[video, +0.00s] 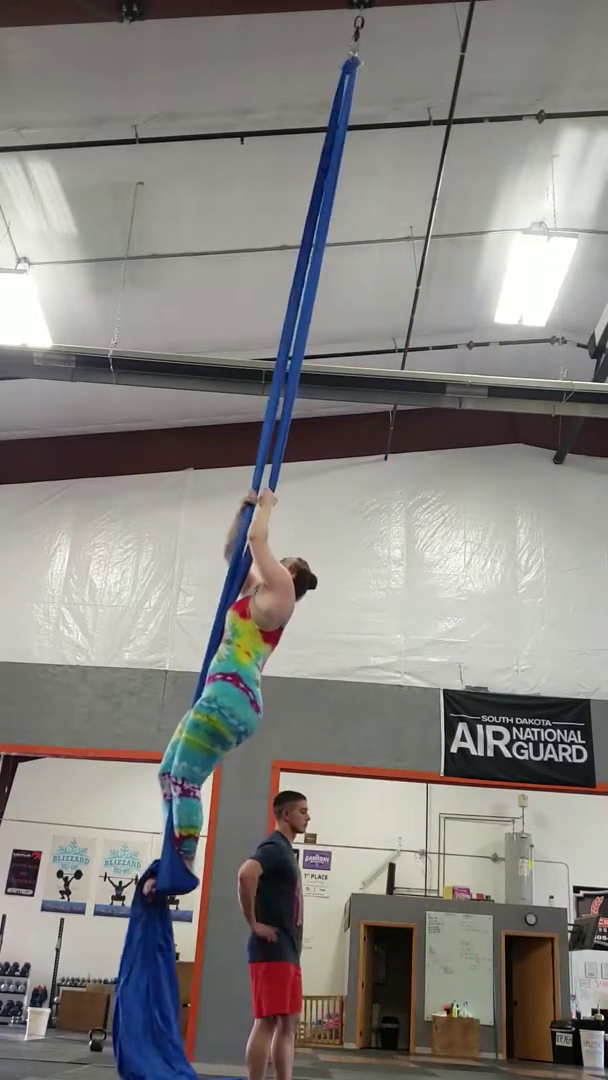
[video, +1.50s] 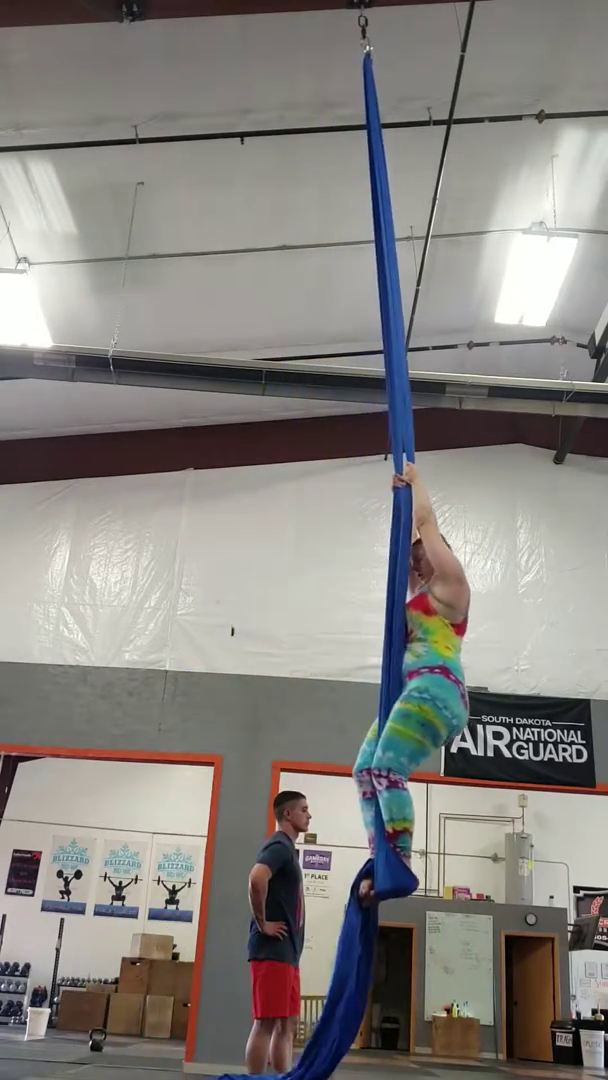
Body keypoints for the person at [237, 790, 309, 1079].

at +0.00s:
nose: (307, 817)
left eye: (307, 811)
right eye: (302, 811)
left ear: (289, 815)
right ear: (284, 814)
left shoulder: (287, 849)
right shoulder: (274, 846)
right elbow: (247, 874)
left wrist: (288, 926)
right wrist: (254, 922)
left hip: (288, 945)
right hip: (271, 944)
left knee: (288, 1022)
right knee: (267, 1021)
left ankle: (283, 1077)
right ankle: (256, 1076)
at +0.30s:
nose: (310, 816)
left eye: (310, 811)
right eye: (305, 811)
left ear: (289, 815)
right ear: (287, 814)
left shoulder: (288, 849)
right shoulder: (279, 847)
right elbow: (256, 877)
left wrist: (290, 923)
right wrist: (261, 921)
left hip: (287, 947)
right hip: (272, 946)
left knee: (288, 1024)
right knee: (267, 1022)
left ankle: (283, 1077)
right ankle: (255, 1076)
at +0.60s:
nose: (311, 816)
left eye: (310, 811)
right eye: (306, 811)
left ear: (291, 815)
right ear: (288, 814)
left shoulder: (289, 848)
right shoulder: (281, 846)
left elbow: (262, 880)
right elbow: (259, 876)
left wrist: (288, 923)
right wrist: (263, 922)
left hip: (288, 948)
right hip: (273, 947)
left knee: (288, 1024)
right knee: (268, 1023)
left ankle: (283, 1077)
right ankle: (255, 1076)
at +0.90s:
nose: (304, 813)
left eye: (303, 807)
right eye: (298, 807)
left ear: (279, 812)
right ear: (291, 812)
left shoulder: (299, 849)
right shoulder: (281, 844)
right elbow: (259, 877)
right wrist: (263, 917)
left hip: (292, 948)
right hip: (275, 947)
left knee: (288, 1025)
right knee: (267, 1024)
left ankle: (283, 1076)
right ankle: (255, 1075)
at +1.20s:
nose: (309, 816)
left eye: (309, 810)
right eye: (305, 810)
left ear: (289, 815)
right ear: (288, 814)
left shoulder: (288, 847)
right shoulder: (281, 846)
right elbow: (257, 879)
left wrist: (289, 926)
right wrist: (263, 923)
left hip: (286, 950)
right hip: (272, 950)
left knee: (287, 1022)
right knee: (266, 1023)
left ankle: (277, 1075)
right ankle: (251, 1078)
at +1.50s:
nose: (309, 815)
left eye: (308, 810)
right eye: (304, 810)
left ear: (289, 815)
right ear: (287, 814)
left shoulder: (288, 848)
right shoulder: (280, 846)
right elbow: (257, 877)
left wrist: (289, 925)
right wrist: (262, 922)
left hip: (286, 951)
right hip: (271, 949)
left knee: (287, 1025)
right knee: (266, 1024)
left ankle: (284, 1078)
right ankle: (255, 1079)